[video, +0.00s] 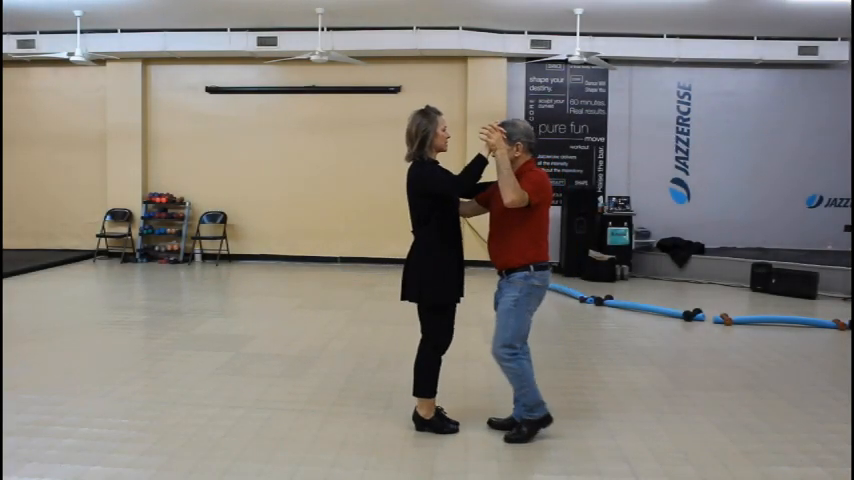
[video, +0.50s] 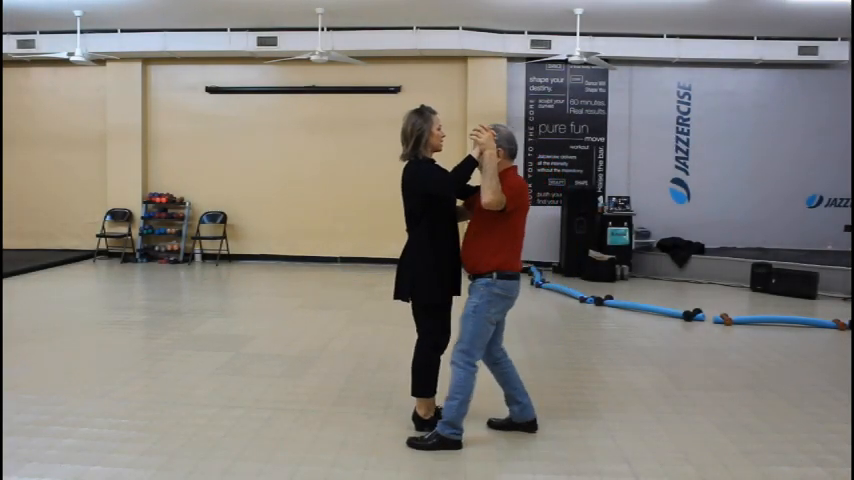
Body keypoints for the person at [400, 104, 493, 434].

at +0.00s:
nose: (447, 134)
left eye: (446, 129)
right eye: (442, 129)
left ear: (426, 135)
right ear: (427, 134)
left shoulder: (430, 169)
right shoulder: (424, 171)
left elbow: (465, 191)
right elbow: (460, 186)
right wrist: (484, 154)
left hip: (438, 268)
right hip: (433, 269)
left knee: (437, 337)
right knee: (436, 338)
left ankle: (426, 407)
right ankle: (425, 410)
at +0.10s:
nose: (446, 134)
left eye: (444, 128)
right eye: (440, 129)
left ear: (424, 134)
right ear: (426, 134)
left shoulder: (429, 168)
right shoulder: (423, 170)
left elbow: (463, 190)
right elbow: (459, 185)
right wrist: (484, 153)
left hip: (436, 267)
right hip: (431, 268)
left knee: (437, 336)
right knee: (436, 337)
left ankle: (426, 407)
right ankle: (425, 410)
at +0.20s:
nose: (445, 133)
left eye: (443, 127)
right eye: (440, 128)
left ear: (424, 134)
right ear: (425, 134)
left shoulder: (429, 168)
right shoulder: (422, 170)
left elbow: (461, 192)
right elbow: (457, 185)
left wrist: (495, 183)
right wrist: (482, 153)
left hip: (436, 267)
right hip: (430, 268)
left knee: (436, 337)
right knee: (435, 338)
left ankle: (426, 406)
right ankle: (424, 410)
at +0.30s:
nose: (445, 133)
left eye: (443, 128)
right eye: (439, 129)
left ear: (424, 133)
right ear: (425, 134)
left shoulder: (427, 167)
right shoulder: (421, 170)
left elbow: (454, 199)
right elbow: (454, 187)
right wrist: (479, 155)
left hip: (435, 267)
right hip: (429, 269)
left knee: (436, 336)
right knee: (434, 337)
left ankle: (426, 406)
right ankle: (425, 410)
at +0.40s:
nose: (444, 134)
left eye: (442, 128)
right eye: (439, 129)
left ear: (425, 132)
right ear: (424, 133)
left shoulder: (426, 168)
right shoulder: (420, 170)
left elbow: (451, 202)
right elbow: (450, 187)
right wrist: (476, 157)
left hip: (434, 267)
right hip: (428, 269)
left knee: (436, 337)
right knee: (433, 338)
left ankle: (426, 406)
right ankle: (423, 411)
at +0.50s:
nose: (443, 134)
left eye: (441, 128)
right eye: (438, 129)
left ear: (424, 133)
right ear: (423, 134)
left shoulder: (425, 168)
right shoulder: (420, 170)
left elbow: (442, 214)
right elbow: (451, 189)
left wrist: (473, 208)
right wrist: (476, 155)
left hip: (432, 267)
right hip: (427, 269)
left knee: (434, 337)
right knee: (433, 338)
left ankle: (426, 406)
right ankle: (424, 410)